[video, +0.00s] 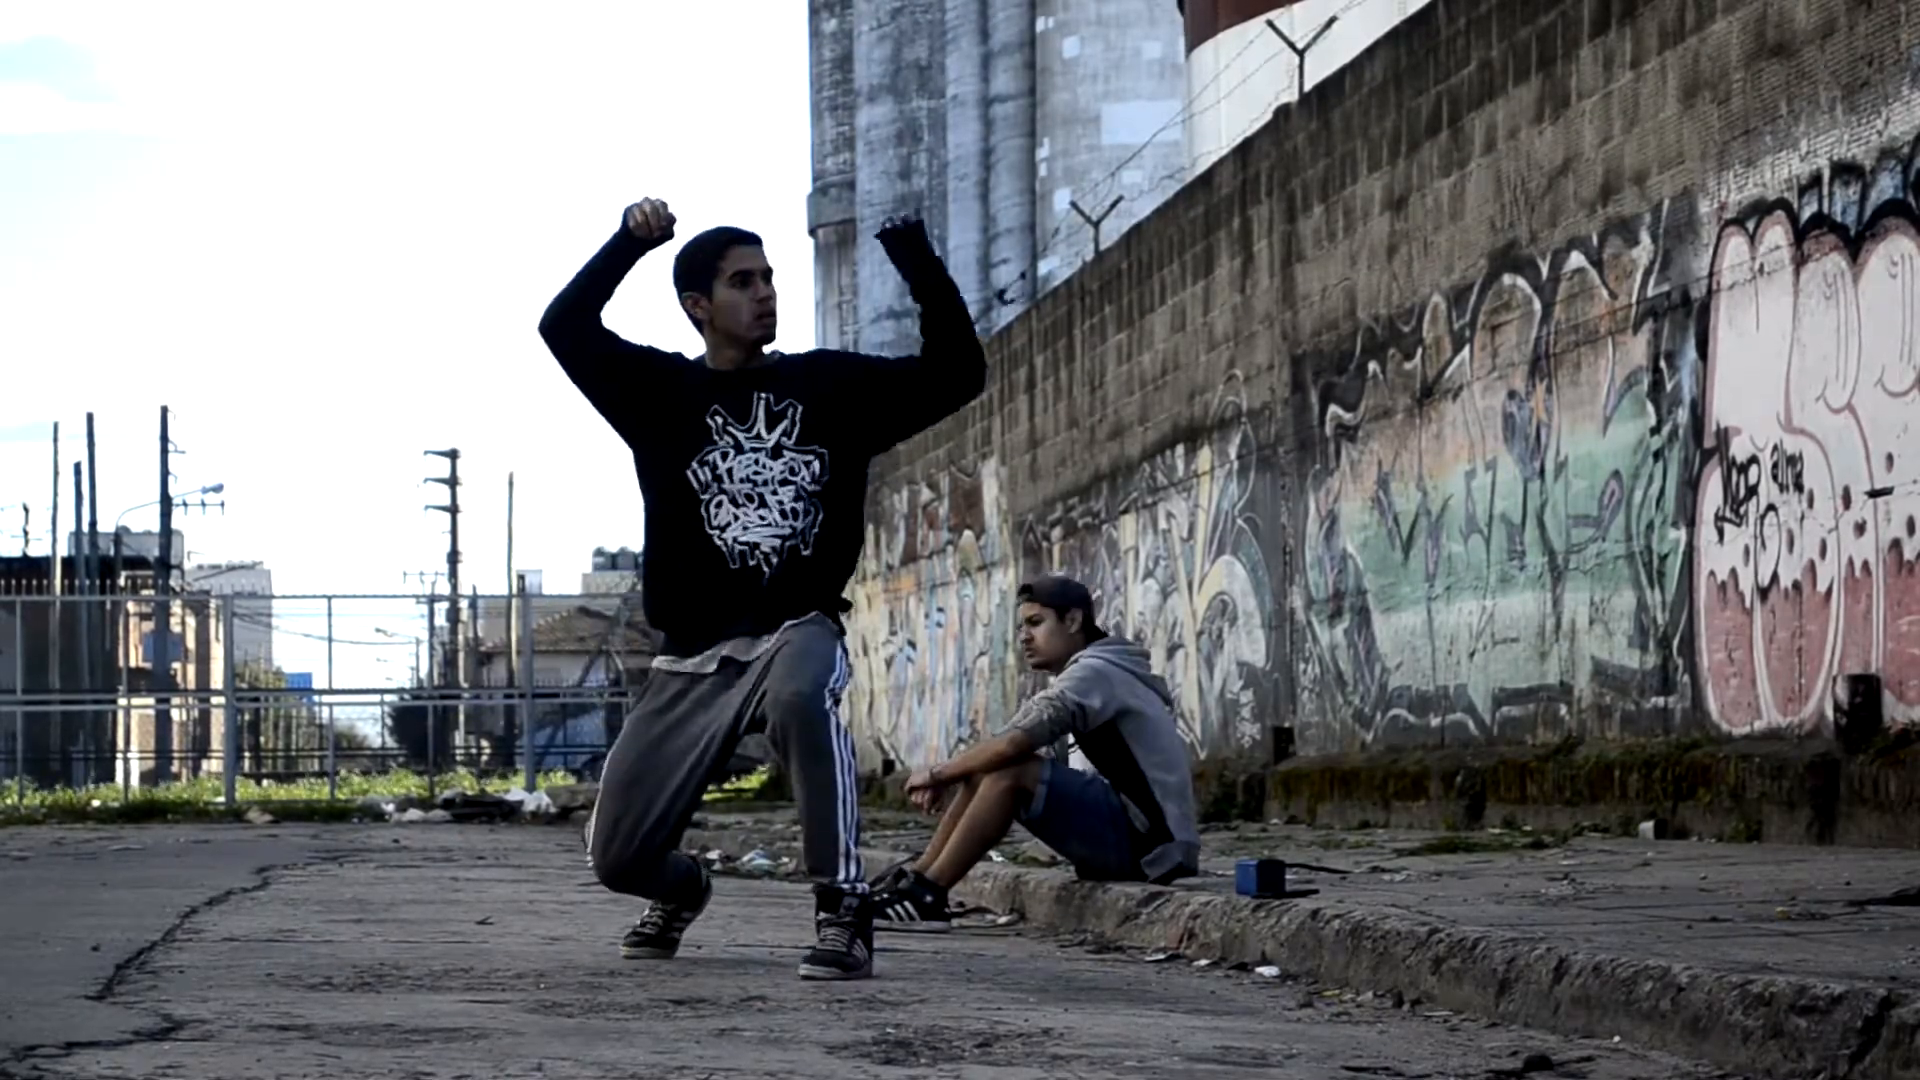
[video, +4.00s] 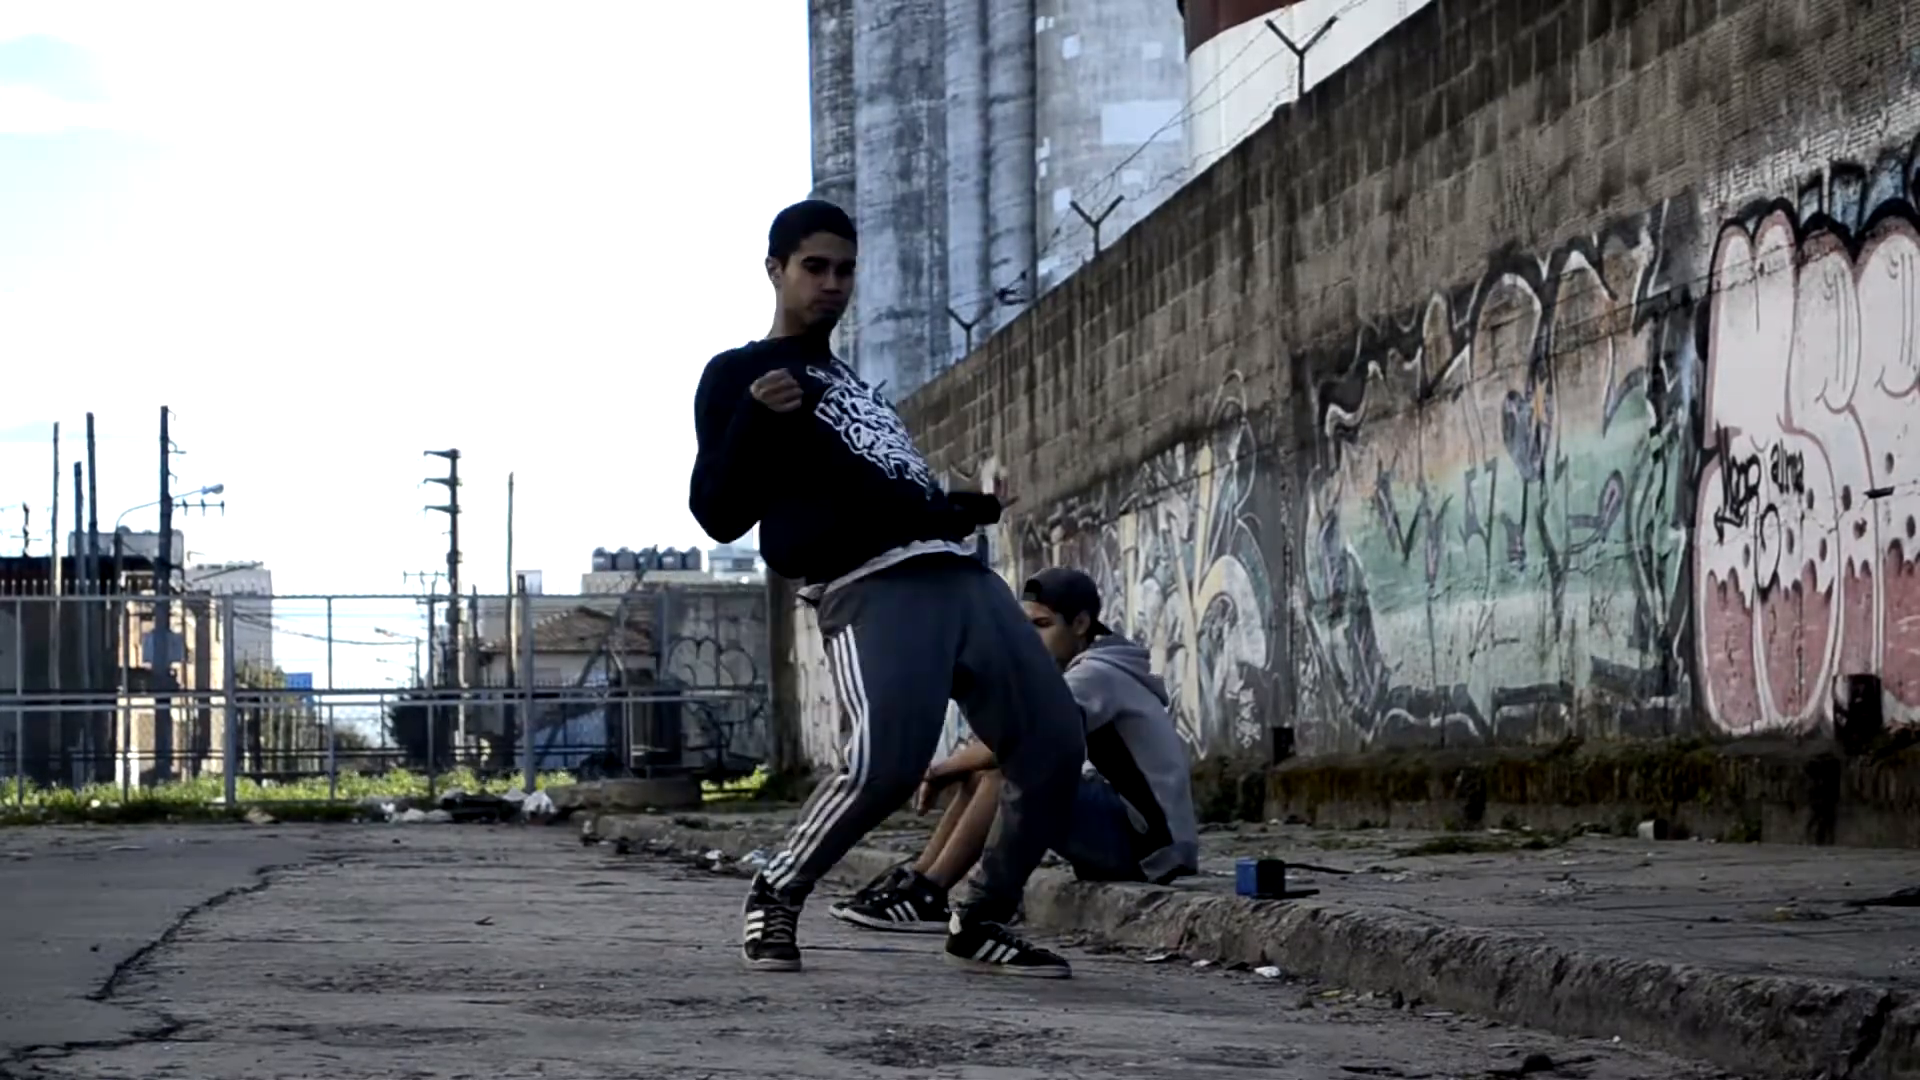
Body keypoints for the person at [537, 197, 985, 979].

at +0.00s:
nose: (766, 294)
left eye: (769, 279)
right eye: (744, 282)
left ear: (776, 292)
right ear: (698, 305)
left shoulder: (831, 384)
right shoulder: (658, 390)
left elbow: (957, 374)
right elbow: (566, 327)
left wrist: (920, 267)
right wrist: (629, 244)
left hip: (796, 628)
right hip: (689, 657)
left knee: (800, 697)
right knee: (618, 858)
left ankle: (841, 911)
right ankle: (684, 886)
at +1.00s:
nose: (692, 247)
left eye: (705, 233)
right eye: (676, 233)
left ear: (720, 244)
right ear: (645, 245)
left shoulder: (764, 328)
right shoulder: (609, 336)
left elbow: (877, 364)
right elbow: (509, 354)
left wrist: (816, 419)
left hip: (755, 580)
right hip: (657, 577)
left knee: (738, 747)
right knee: (675, 715)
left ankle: (703, 877)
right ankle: (696, 888)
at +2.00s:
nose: (598, 266)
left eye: (613, 251)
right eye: (581, 252)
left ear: (635, 263)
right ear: (555, 270)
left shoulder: (690, 341)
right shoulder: (533, 363)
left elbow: (762, 437)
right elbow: (465, 448)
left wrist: (671, 501)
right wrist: (482, 473)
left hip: (701, 611)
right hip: (583, 604)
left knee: (772, 731)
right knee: (456, 710)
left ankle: (760, 910)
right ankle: (405, 902)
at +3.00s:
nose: (597, 192)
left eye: (608, 177)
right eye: (579, 177)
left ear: (620, 185)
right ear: (542, 188)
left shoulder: (681, 283)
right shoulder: (507, 292)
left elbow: (762, 383)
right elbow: (409, 407)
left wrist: (716, 451)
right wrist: (501, 468)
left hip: (670, 557)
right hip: (549, 554)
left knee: (715, 715)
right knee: (475, 696)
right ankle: (442, 837)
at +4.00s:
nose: (834, 284)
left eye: (845, 271)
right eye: (817, 267)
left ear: (852, 281)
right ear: (775, 271)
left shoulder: (851, 383)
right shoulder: (736, 373)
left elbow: (895, 497)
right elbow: (719, 518)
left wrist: (965, 504)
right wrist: (758, 417)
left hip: (965, 579)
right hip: (879, 591)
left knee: (1055, 741)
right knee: (884, 771)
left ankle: (982, 919)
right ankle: (776, 896)